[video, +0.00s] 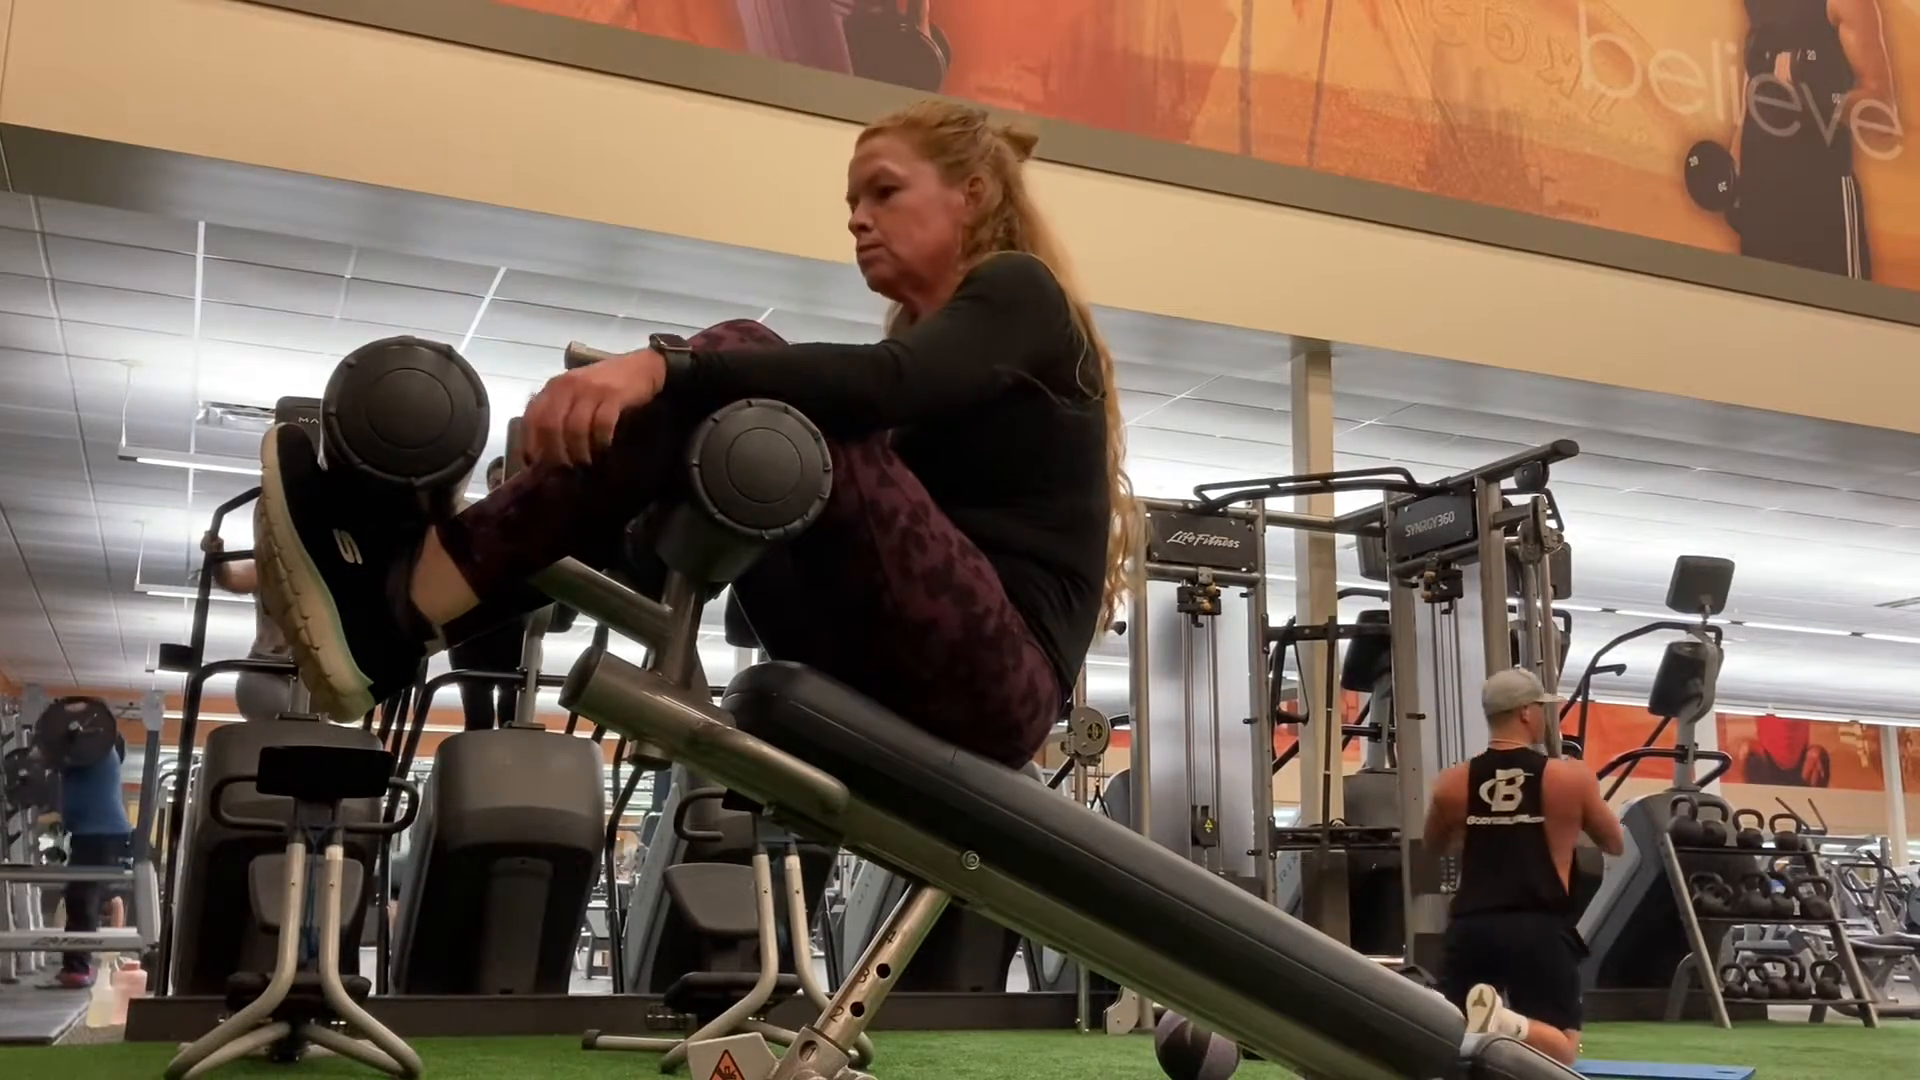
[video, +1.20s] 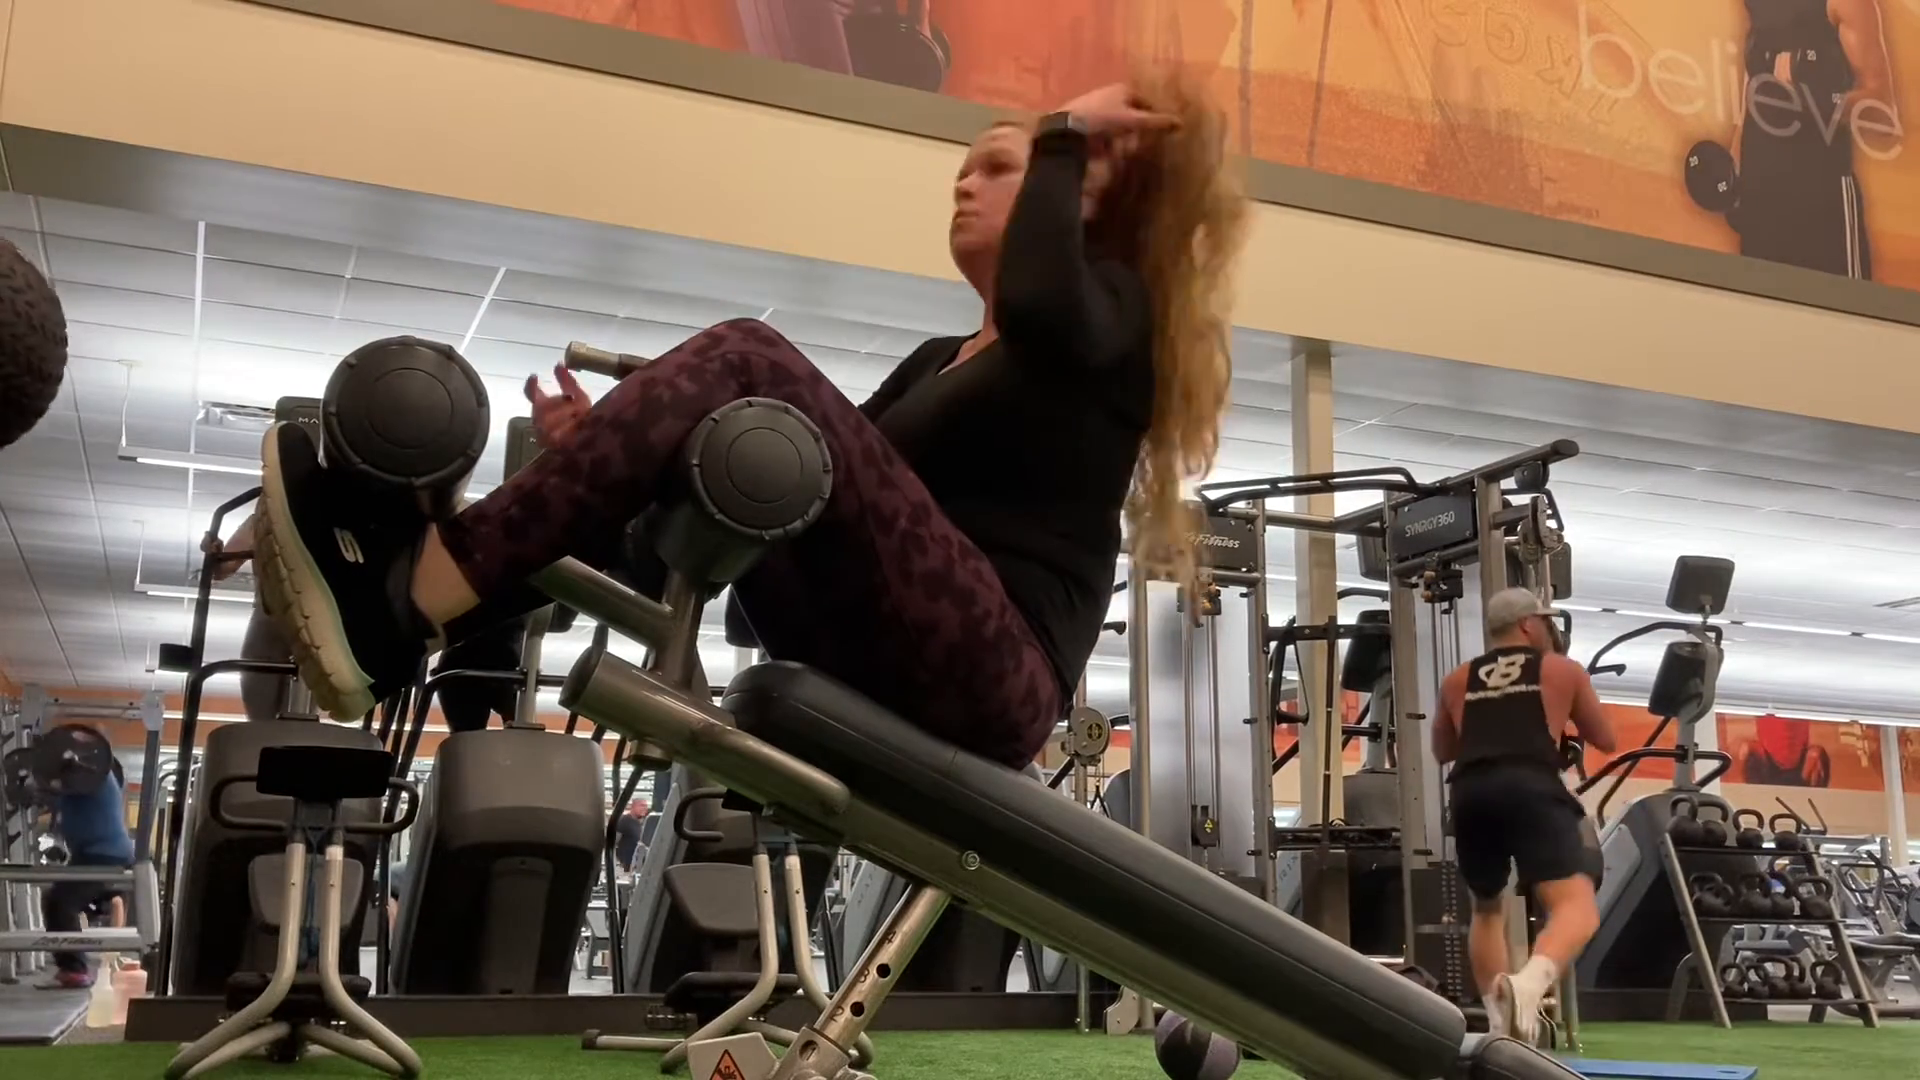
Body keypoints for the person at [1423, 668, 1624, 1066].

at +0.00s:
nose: (1544, 715)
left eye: (1542, 706)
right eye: (1540, 707)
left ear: (1489, 715)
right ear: (1526, 713)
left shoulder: (1454, 781)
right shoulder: (1572, 777)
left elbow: (1433, 846)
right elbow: (1614, 844)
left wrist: (1476, 819)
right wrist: (1579, 808)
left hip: (1470, 930)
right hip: (1540, 933)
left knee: (1464, 1040)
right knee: (1566, 1051)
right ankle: (1503, 1019)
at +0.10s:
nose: (1556, 709)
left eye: (1554, 701)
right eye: (1553, 701)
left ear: (1500, 709)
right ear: (1539, 707)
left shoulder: (1465, 774)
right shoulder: (1587, 771)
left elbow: (1439, 835)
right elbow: (1622, 838)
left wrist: (1485, 805)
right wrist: (1586, 800)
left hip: (1478, 923)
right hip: (1550, 925)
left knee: (1453, 1029)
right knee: (1565, 1050)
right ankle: (1509, 1019)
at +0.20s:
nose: (1563, 704)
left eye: (1560, 697)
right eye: (1560, 697)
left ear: (1509, 707)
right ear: (1550, 705)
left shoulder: (1477, 769)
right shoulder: (1599, 768)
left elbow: (1441, 832)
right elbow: (1628, 834)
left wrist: (1478, 799)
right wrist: (1586, 801)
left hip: (1487, 906)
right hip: (1558, 916)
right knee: (1566, 1047)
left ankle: (1437, 995)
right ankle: (1511, 1019)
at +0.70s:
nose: (1564, 707)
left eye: (1563, 701)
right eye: (1561, 701)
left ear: (1510, 706)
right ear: (1547, 705)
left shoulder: (1473, 756)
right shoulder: (1591, 763)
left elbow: (1443, 803)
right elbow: (1619, 823)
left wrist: (1487, 793)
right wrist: (1592, 785)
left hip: (1481, 902)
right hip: (1550, 911)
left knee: (1464, 927)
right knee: (1565, 1048)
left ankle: (1492, 1029)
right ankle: (1526, 1018)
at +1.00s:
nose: (1549, 671)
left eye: (1547, 662)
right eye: (1545, 662)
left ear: (1495, 671)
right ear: (1528, 668)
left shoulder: (1458, 722)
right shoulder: (1573, 721)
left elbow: (1437, 789)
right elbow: (1613, 792)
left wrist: (1481, 768)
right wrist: (1582, 764)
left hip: (1467, 848)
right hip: (1531, 849)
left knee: (1478, 922)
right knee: (1542, 986)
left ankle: (1499, 1020)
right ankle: (1509, 1009)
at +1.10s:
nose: (1548, 650)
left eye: (1545, 641)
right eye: (1542, 642)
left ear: (1495, 651)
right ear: (1526, 646)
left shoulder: (1457, 699)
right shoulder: (1568, 695)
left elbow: (1438, 771)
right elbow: (1610, 768)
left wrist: (1479, 748)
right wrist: (1584, 754)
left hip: (1470, 817)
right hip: (1533, 815)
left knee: (1483, 920)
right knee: (1543, 948)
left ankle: (1500, 1030)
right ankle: (1513, 1003)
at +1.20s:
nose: (1551, 630)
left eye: (1547, 621)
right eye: (1545, 621)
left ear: (1494, 632)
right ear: (1527, 625)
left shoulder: (1458, 679)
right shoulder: (1563, 670)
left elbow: (1442, 751)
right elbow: (1606, 740)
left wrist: (1487, 727)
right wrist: (1571, 720)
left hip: (1471, 792)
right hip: (1533, 786)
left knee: (1487, 912)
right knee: (1576, 906)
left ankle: (1501, 1029)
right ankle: (1531, 983)